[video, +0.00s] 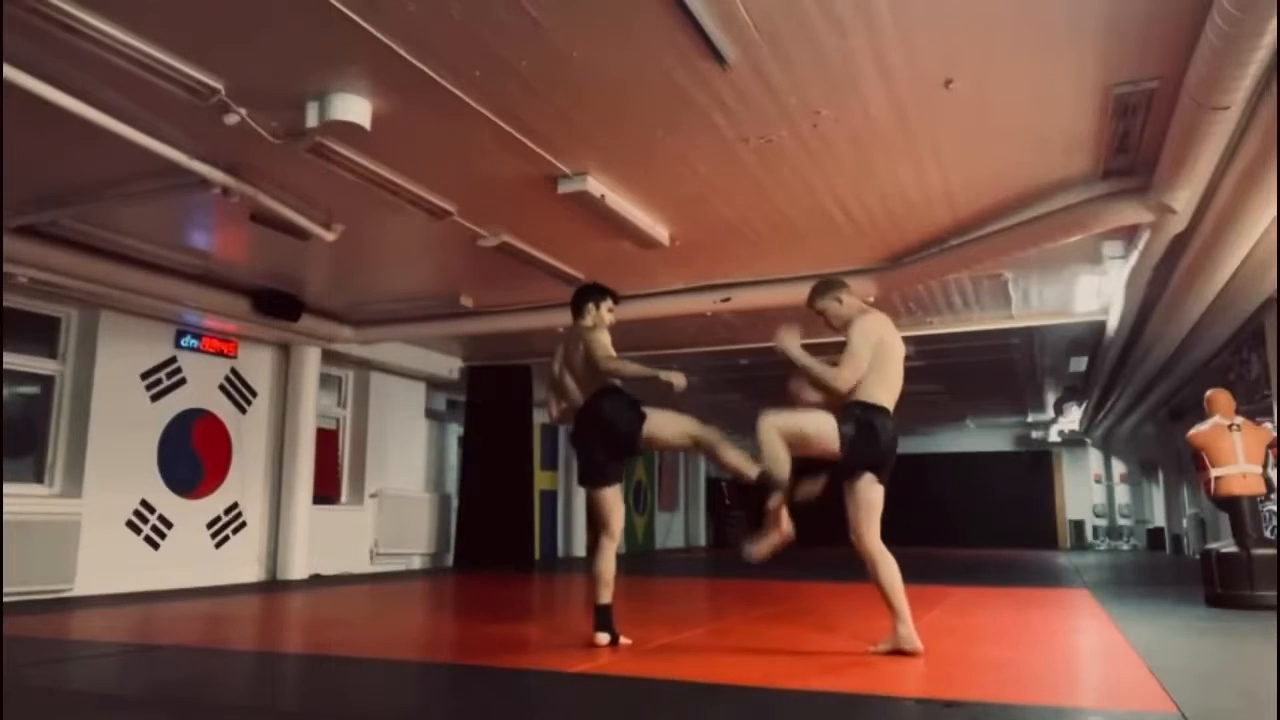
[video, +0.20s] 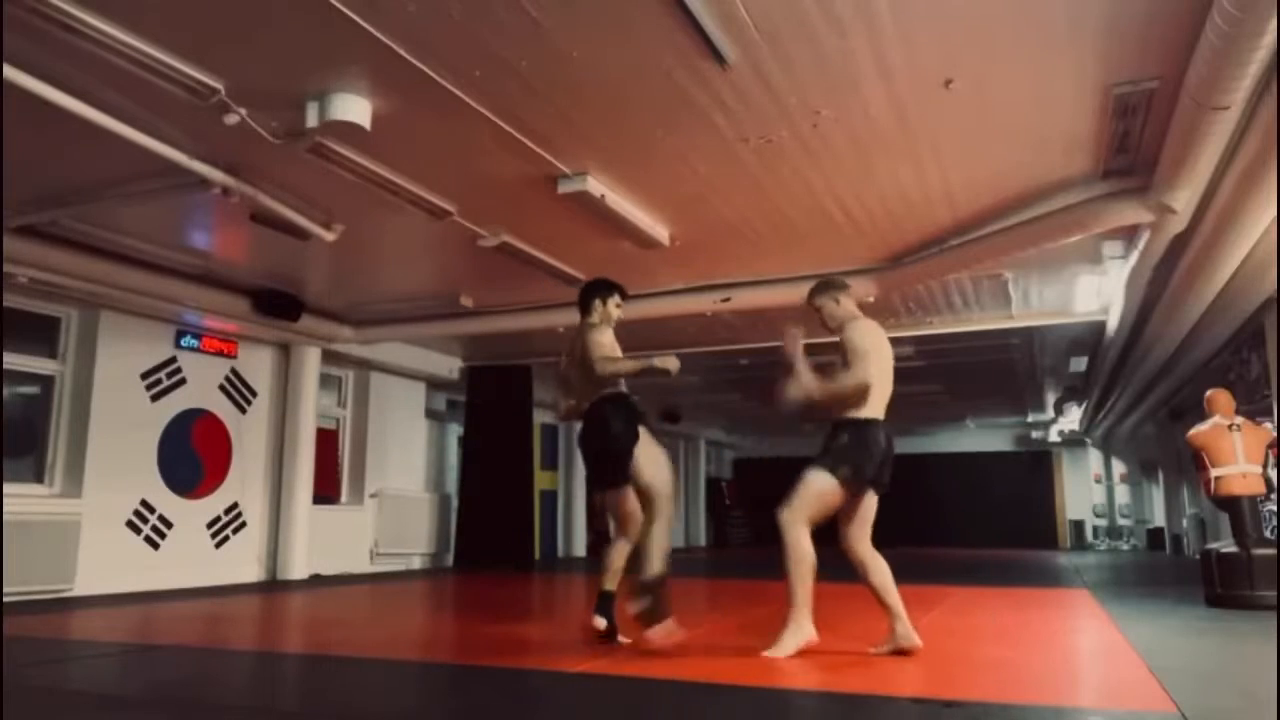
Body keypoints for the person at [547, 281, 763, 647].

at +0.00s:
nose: (611, 317)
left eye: (612, 311)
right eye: (608, 310)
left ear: (580, 312)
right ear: (589, 309)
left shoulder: (560, 351)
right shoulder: (593, 332)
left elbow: (557, 408)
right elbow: (608, 364)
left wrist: (571, 403)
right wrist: (662, 374)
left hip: (588, 436)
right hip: (616, 417)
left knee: (607, 532)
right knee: (701, 433)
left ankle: (603, 625)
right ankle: (764, 482)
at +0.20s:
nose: (620, 314)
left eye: (620, 307)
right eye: (617, 306)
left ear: (588, 308)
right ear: (599, 305)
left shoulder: (574, 346)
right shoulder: (598, 329)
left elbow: (567, 408)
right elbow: (603, 365)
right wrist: (652, 363)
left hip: (593, 431)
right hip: (616, 419)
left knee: (629, 525)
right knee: (663, 494)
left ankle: (604, 611)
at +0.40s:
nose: (627, 327)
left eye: (628, 320)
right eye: (623, 319)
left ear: (603, 321)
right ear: (604, 318)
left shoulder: (597, 357)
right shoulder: (596, 353)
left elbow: (621, 411)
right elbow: (621, 395)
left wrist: (652, 392)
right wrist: (655, 361)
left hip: (600, 449)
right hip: (605, 447)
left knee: (631, 540)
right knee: (644, 532)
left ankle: (599, 613)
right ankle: (611, 619)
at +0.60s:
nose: (628, 314)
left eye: (631, 308)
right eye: (622, 306)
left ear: (627, 311)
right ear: (602, 307)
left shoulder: (619, 347)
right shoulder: (590, 340)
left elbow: (630, 400)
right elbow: (595, 388)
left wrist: (645, 365)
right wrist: (631, 357)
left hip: (611, 433)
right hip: (585, 430)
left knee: (618, 539)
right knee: (632, 448)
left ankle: (593, 610)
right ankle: (643, 551)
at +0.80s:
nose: (620, 321)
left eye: (623, 315)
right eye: (615, 312)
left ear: (620, 318)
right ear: (594, 312)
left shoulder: (613, 360)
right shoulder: (581, 348)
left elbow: (607, 402)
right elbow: (583, 401)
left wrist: (624, 388)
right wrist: (624, 431)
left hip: (598, 439)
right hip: (565, 431)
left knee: (606, 531)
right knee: (600, 438)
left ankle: (590, 614)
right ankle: (595, 520)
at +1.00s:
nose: (596, 319)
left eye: (598, 313)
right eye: (590, 312)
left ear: (596, 318)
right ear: (569, 313)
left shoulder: (586, 359)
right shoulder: (560, 349)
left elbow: (598, 398)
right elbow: (580, 400)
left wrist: (628, 399)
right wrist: (628, 408)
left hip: (574, 441)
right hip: (547, 437)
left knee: (590, 531)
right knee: (549, 522)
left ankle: (586, 618)